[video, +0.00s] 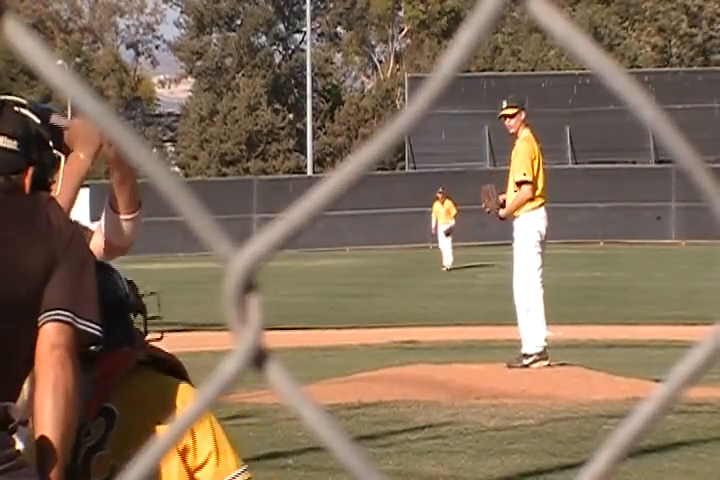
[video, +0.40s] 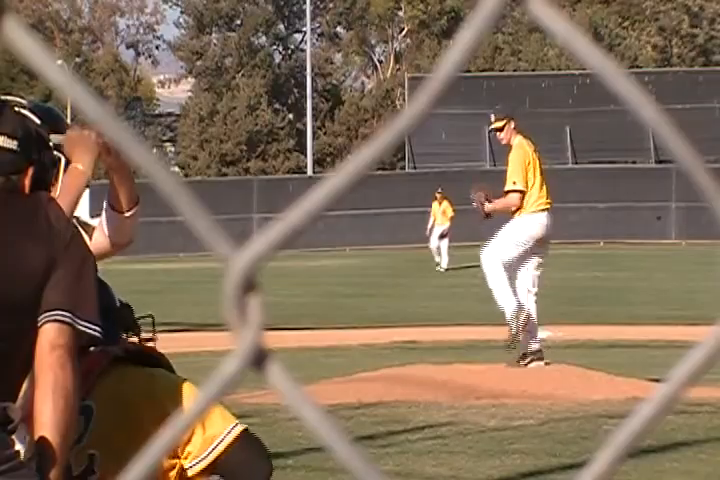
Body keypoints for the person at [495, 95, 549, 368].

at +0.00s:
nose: (508, 122)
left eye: (512, 116)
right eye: (505, 118)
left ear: (523, 116)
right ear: (505, 121)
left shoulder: (524, 145)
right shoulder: (524, 142)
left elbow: (527, 189)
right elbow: (523, 182)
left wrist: (507, 210)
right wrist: (505, 198)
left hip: (530, 215)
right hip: (527, 213)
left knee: (527, 281)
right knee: (525, 281)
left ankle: (534, 346)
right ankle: (532, 345)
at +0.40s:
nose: (498, 135)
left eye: (500, 129)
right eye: (495, 132)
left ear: (512, 126)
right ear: (503, 131)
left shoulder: (519, 148)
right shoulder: (525, 147)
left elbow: (515, 198)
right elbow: (520, 197)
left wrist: (489, 207)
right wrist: (493, 201)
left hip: (530, 218)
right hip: (541, 217)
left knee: (490, 257)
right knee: (525, 282)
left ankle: (513, 311)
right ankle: (533, 346)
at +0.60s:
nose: (491, 144)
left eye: (491, 138)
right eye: (488, 141)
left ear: (502, 132)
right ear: (500, 135)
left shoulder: (511, 152)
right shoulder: (518, 150)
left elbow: (504, 201)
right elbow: (509, 197)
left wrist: (473, 199)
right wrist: (478, 196)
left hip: (531, 212)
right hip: (543, 213)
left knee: (485, 214)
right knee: (530, 279)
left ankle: (515, 258)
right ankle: (532, 344)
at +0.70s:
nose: (484, 153)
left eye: (484, 147)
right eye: (481, 149)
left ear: (494, 140)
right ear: (495, 142)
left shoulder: (506, 157)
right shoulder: (512, 156)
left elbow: (497, 209)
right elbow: (501, 204)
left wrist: (469, 214)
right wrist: (475, 211)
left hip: (532, 212)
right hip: (542, 213)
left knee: (487, 225)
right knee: (531, 283)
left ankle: (529, 252)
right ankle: (532, 345)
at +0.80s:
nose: (477, 165)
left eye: (478, 159)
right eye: (474, 162)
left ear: (488, 152)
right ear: (486, 155)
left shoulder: (497, 167)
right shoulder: (505, 167)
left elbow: (493, 212)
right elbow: (504, 216)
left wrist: (472, 238)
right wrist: (485, 241)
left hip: (536, 217)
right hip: (547, 215)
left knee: (498, 252)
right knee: (530, 280)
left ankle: (544, 266)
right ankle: (533, 346)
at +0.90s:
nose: (470, 185)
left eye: (471, 178)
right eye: (467, 182)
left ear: (482, 170)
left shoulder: (491, 183)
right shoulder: (498, 181)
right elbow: (512, 233)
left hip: (540, 219)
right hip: (546, 218)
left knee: (509, 268)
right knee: (532, 284)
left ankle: (542, 307)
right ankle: (532, 348)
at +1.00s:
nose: (467, 208)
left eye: (466, 202)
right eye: (463, 205)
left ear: (474, 194)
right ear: (475, 194)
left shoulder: (486, 203)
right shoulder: (490, 198)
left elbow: (486, 242)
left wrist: (479, 276)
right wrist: (538, 260)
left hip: (542, 221)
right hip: (543, 219)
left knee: (516, 279)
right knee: (519, 279)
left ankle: (526, 347)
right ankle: (527, 345)